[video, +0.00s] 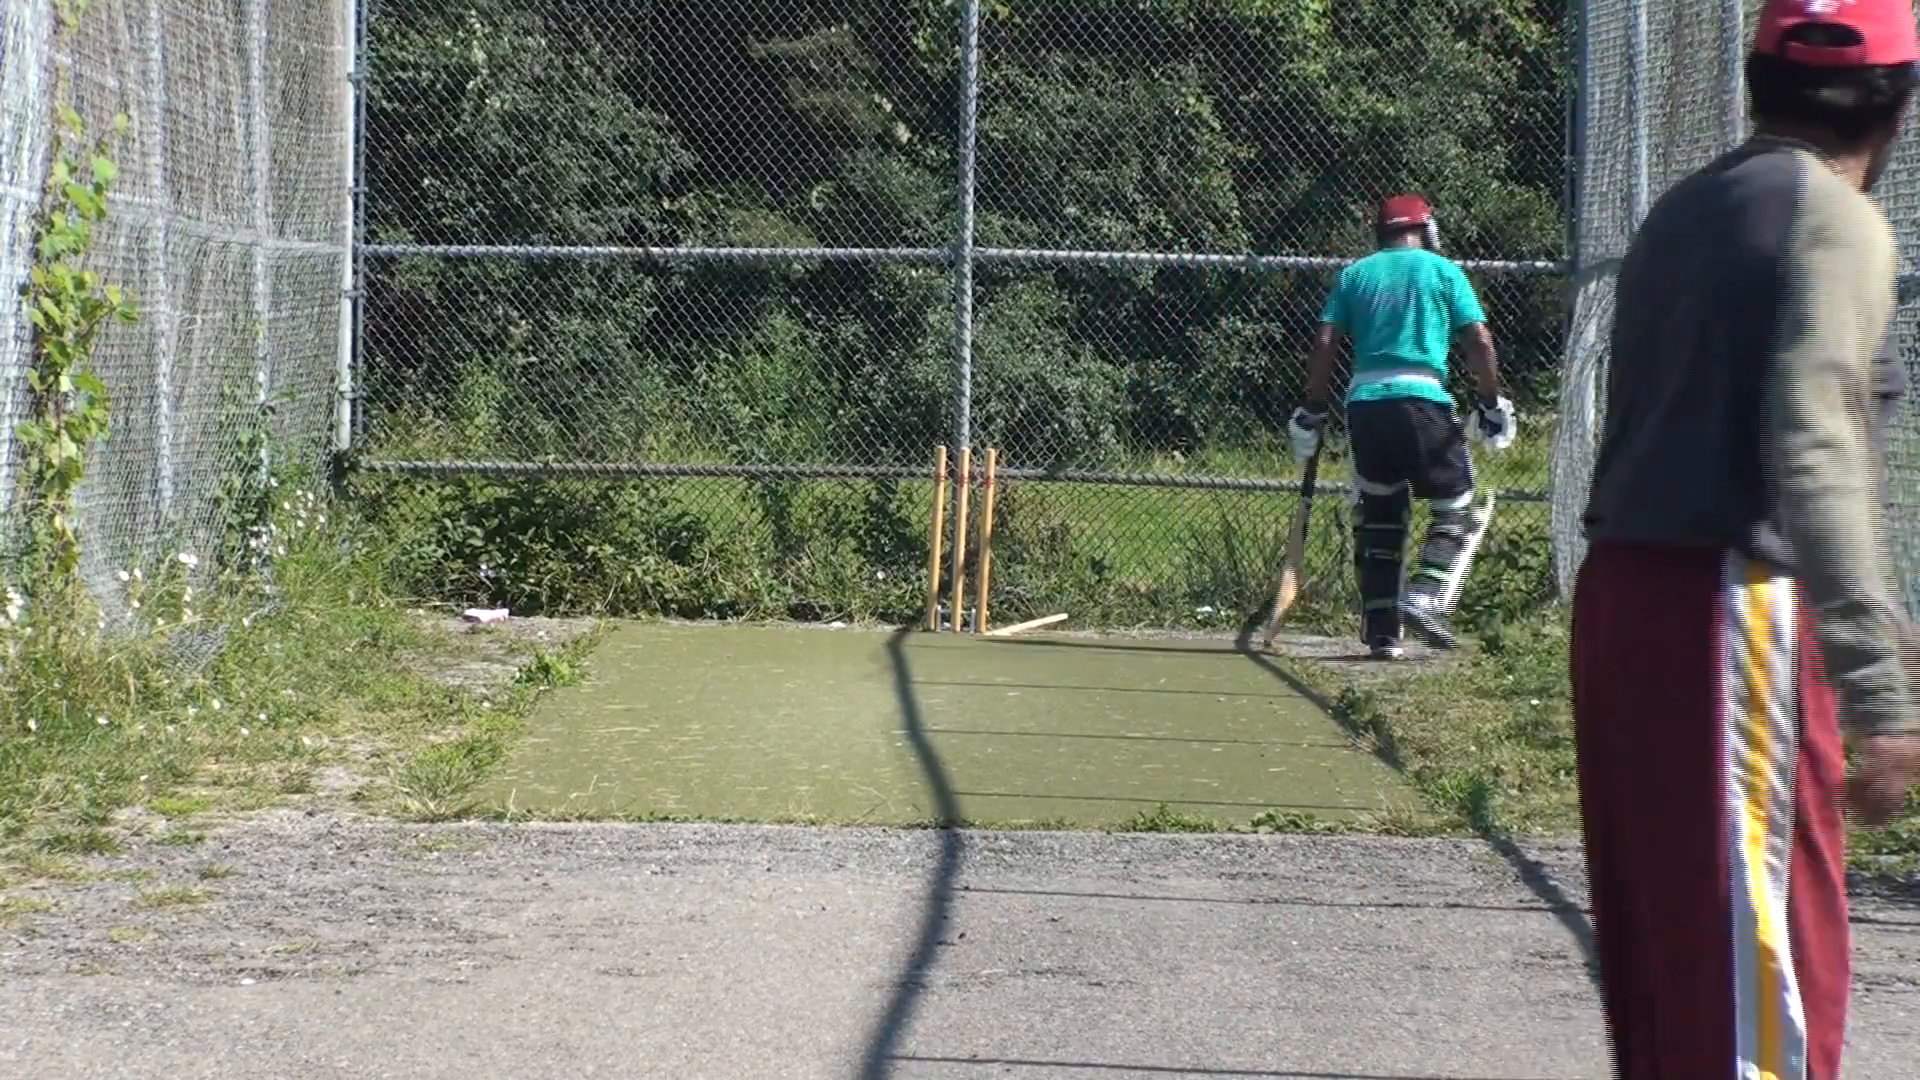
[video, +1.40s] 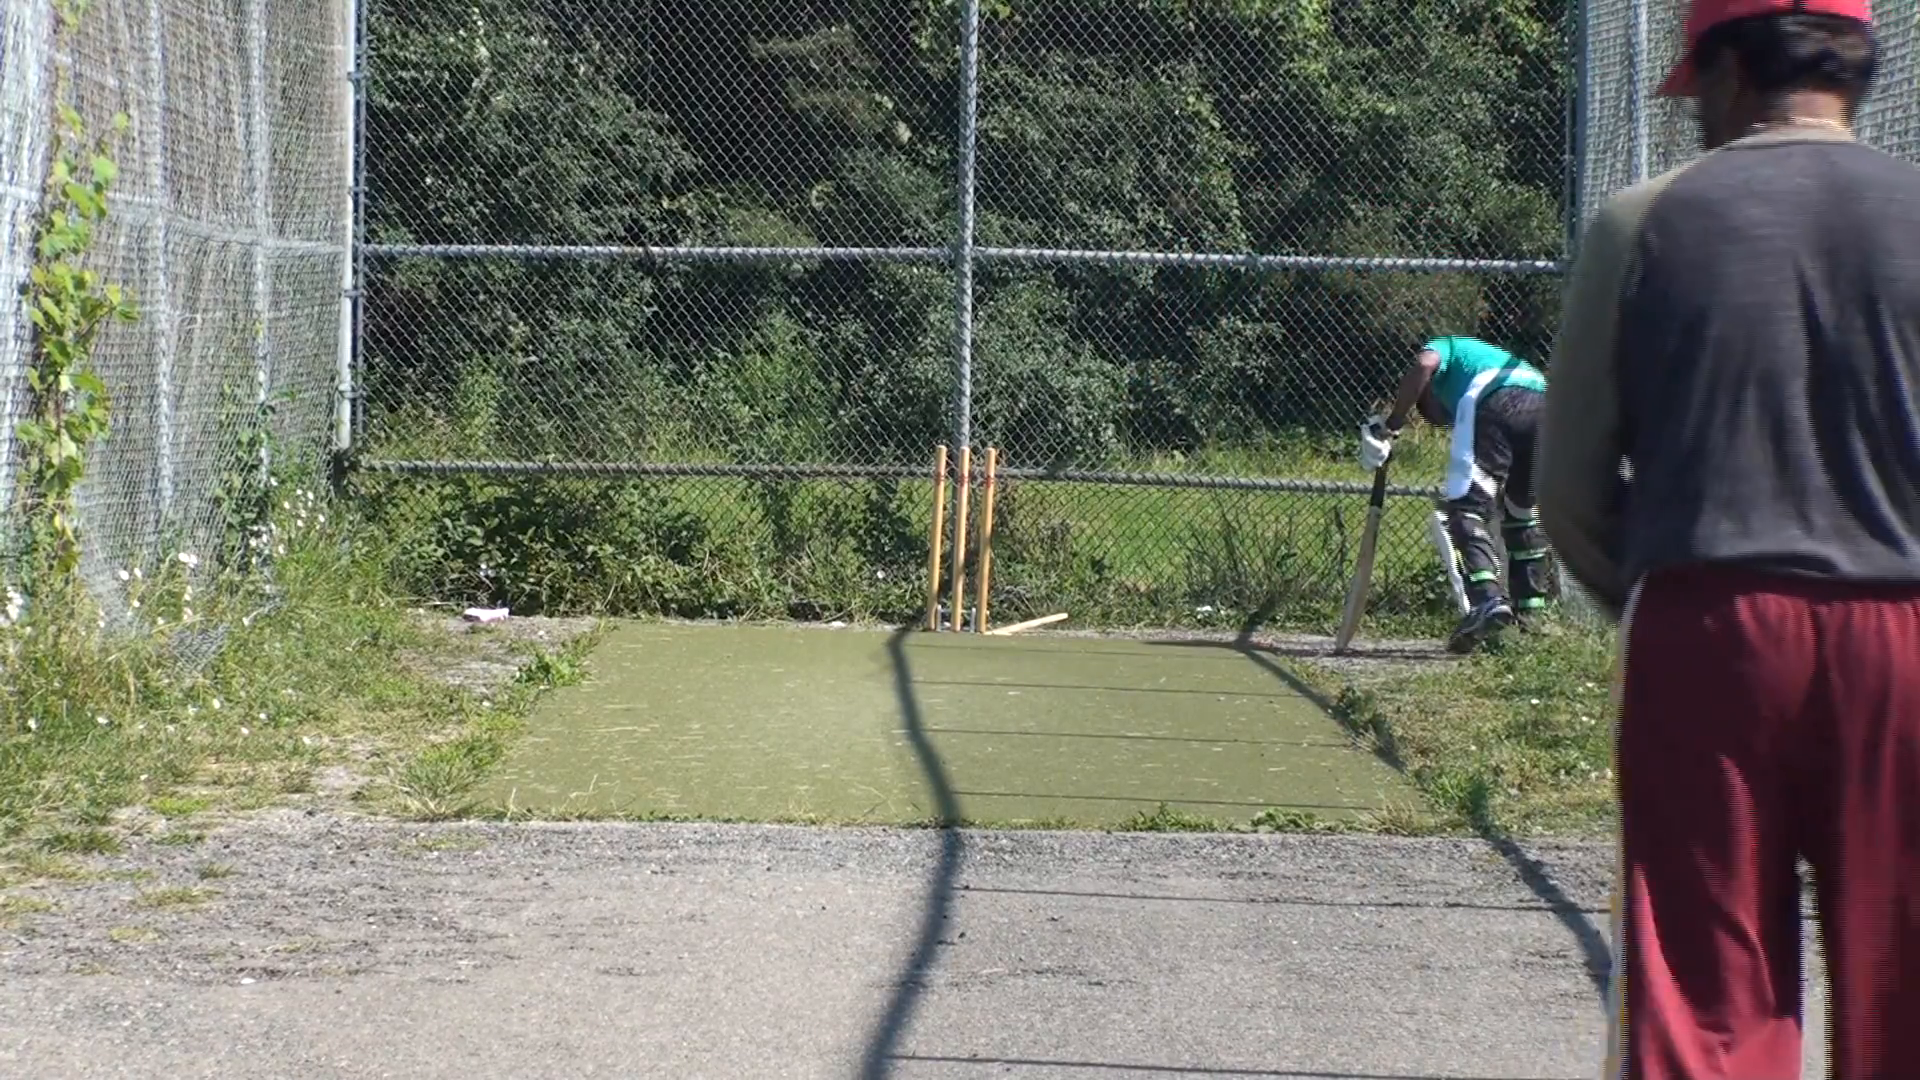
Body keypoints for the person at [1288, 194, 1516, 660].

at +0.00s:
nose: (1433, 238)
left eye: (1429, 233)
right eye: (1431, 232)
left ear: (1381, 235)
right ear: (1426, 233)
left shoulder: (1353, 274)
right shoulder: (1445, 271)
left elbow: (1325, 343)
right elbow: (1480, 340)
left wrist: (1311, 412)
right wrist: (1492, 404)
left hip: (1366, 411)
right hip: (1422, 407)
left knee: (1380, 512)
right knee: (1456, 507)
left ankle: (1381, 633)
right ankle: (1427, 597)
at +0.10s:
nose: (1440, 242)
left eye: (1435, 237)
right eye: (1441, 236)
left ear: (1393, 238)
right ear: (1438, 236)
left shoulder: (1366, 272)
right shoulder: (1460, 274)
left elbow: (1335, 338)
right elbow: (1493, 346)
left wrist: (1322, 405)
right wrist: (1496, 407)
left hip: (1381, 412)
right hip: (1441, 409)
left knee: (1386, 513)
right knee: (1473, 509)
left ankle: (1383, 626)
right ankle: (1480, 611)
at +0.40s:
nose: (1425, 294)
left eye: (1427, 287)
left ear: (1433, 286)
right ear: (1476, 290)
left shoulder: (1424, 302)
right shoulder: (1502, 318)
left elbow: (1390, 348)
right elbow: (1527, 371)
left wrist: (1362, 415)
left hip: (1454, 417)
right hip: (1512, 418)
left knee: (1411, 521)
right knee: (1500, 516)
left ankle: (1390, 630)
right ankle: (1528, 617)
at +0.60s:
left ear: (1446, 332)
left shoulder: (1443, 331)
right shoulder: (1503, 342)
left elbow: (1413, 354)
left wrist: (1381, 415)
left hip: (1483, 385)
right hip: (1529, 386)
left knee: (1441, 508)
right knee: (1509, 502)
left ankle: (1444, 617)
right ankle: (1523, 611)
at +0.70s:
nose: (1439, 405)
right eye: (1436, 400)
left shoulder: (1449, 348)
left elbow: (1419, 358)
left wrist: (1384, 416)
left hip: (1496, 402)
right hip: (1539, 400)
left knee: (1461, 509)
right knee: (1515, 505)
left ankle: (1472, 619)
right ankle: (1523, 608)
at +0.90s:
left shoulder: (1455, 381)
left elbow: (1427, 368)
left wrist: (1392, 425)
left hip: (1504, 411)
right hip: (1559, 413)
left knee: (1489, 516)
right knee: (1525, 511)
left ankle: (1498, 617)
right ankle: (1539, 609)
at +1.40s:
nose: (1435, 422)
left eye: (1430, 414)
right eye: (1430, 418)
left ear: (1431, 390)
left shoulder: (1441, 346)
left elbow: (1424, 364)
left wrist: (1391, 426)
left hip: (1498, 398)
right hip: (1543, 399)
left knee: (1468, 508)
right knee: (1523, 510)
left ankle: (1489, 601)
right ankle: (1532, 606)